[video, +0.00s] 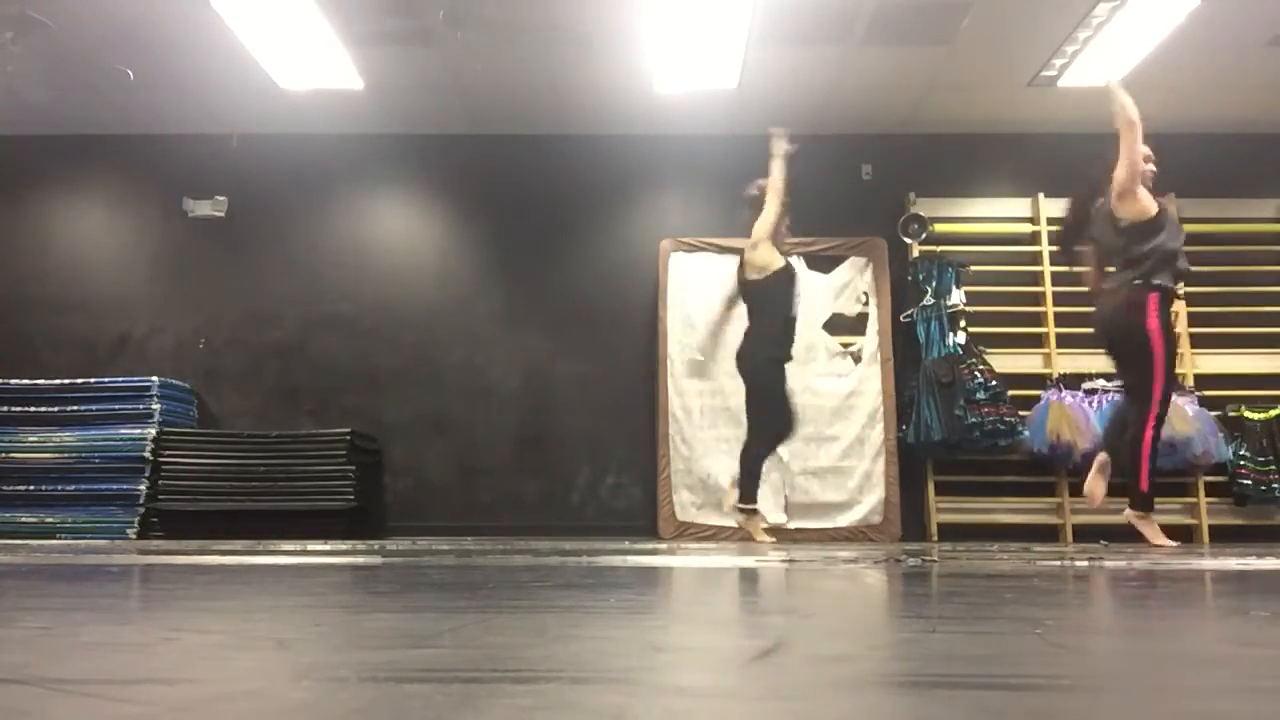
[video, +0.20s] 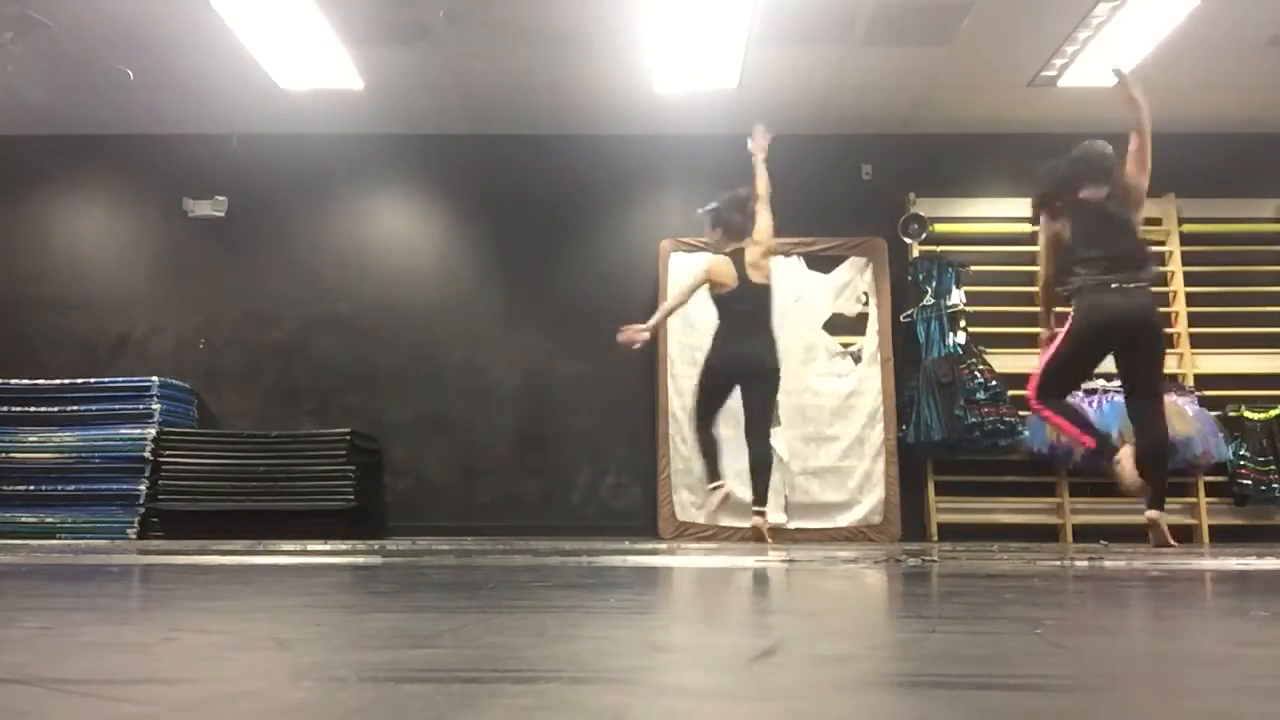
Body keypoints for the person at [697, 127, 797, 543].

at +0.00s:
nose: (784, 219)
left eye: (783, 212)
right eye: (779, 212)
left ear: (760, 214)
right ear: (766, 213)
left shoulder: (752, 256)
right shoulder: (761, 246)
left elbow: (727, 307)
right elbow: (774, 195)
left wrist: (706, 347)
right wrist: (779, 152)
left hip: (761, 352)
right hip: (763, 354)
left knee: (779, 424)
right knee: (764, 430)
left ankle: (742, 482)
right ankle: (748, 512)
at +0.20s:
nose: (708, 233)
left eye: (711, 227)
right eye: (710, 226)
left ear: (722, 228)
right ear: (744, 225)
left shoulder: (713, 265)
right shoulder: (761, 251)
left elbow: (679, 300)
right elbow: (762, 201)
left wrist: (647, 327)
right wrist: (760, 157)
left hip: (727, 355)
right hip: (764, 356)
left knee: (703, 416)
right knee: (759, 435)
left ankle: (716, 484)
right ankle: (760, 512)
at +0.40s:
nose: (669, 249)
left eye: (674, 243)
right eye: (669, 243)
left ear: (694, 246)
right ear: (698, 246)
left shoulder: (687, 278)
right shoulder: (720, 270)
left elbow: (697, 306)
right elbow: (730, 244)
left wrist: (701, 334)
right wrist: (730, 219)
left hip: (702, 373)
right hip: (731, 371)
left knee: (655, 429)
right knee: (741, 439)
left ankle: (641, 509)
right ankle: (769, 513)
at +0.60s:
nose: (637, 260)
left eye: (643, 254)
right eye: (637, 253)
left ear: (664, 259)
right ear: (656, 260)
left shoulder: (670, 294)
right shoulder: (658, 294)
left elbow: (692, 338)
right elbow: (659, 342)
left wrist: (706, 380)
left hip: (655, 391)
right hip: (659, 390)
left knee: (610, 448)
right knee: (657, 462)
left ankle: (624, 525)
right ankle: (719, 493)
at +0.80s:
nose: (611, 259)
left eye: (617, 252)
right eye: (610, 252)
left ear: (639, 256)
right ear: (622, 257)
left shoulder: (652, 287)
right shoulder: (623, 295)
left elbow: (663, 339)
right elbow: (610, 337)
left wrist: (650, 379)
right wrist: (590, 365)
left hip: (638, 380)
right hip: (613, 375)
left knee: (603, 448)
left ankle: (621, 525)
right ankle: (483, 390)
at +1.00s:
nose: (629, 252)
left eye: (634, 247)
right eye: (622, 247)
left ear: (642, 256)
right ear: (610, 256)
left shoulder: (654, 294)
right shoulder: (594, 292)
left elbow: (659, 339)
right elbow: (561, 331)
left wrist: (643, 373)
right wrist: (542, 366)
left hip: (597, 383)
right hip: (567, 361)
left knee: (604, 451)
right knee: (498, 349)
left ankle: (583, 524)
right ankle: (432, 331)